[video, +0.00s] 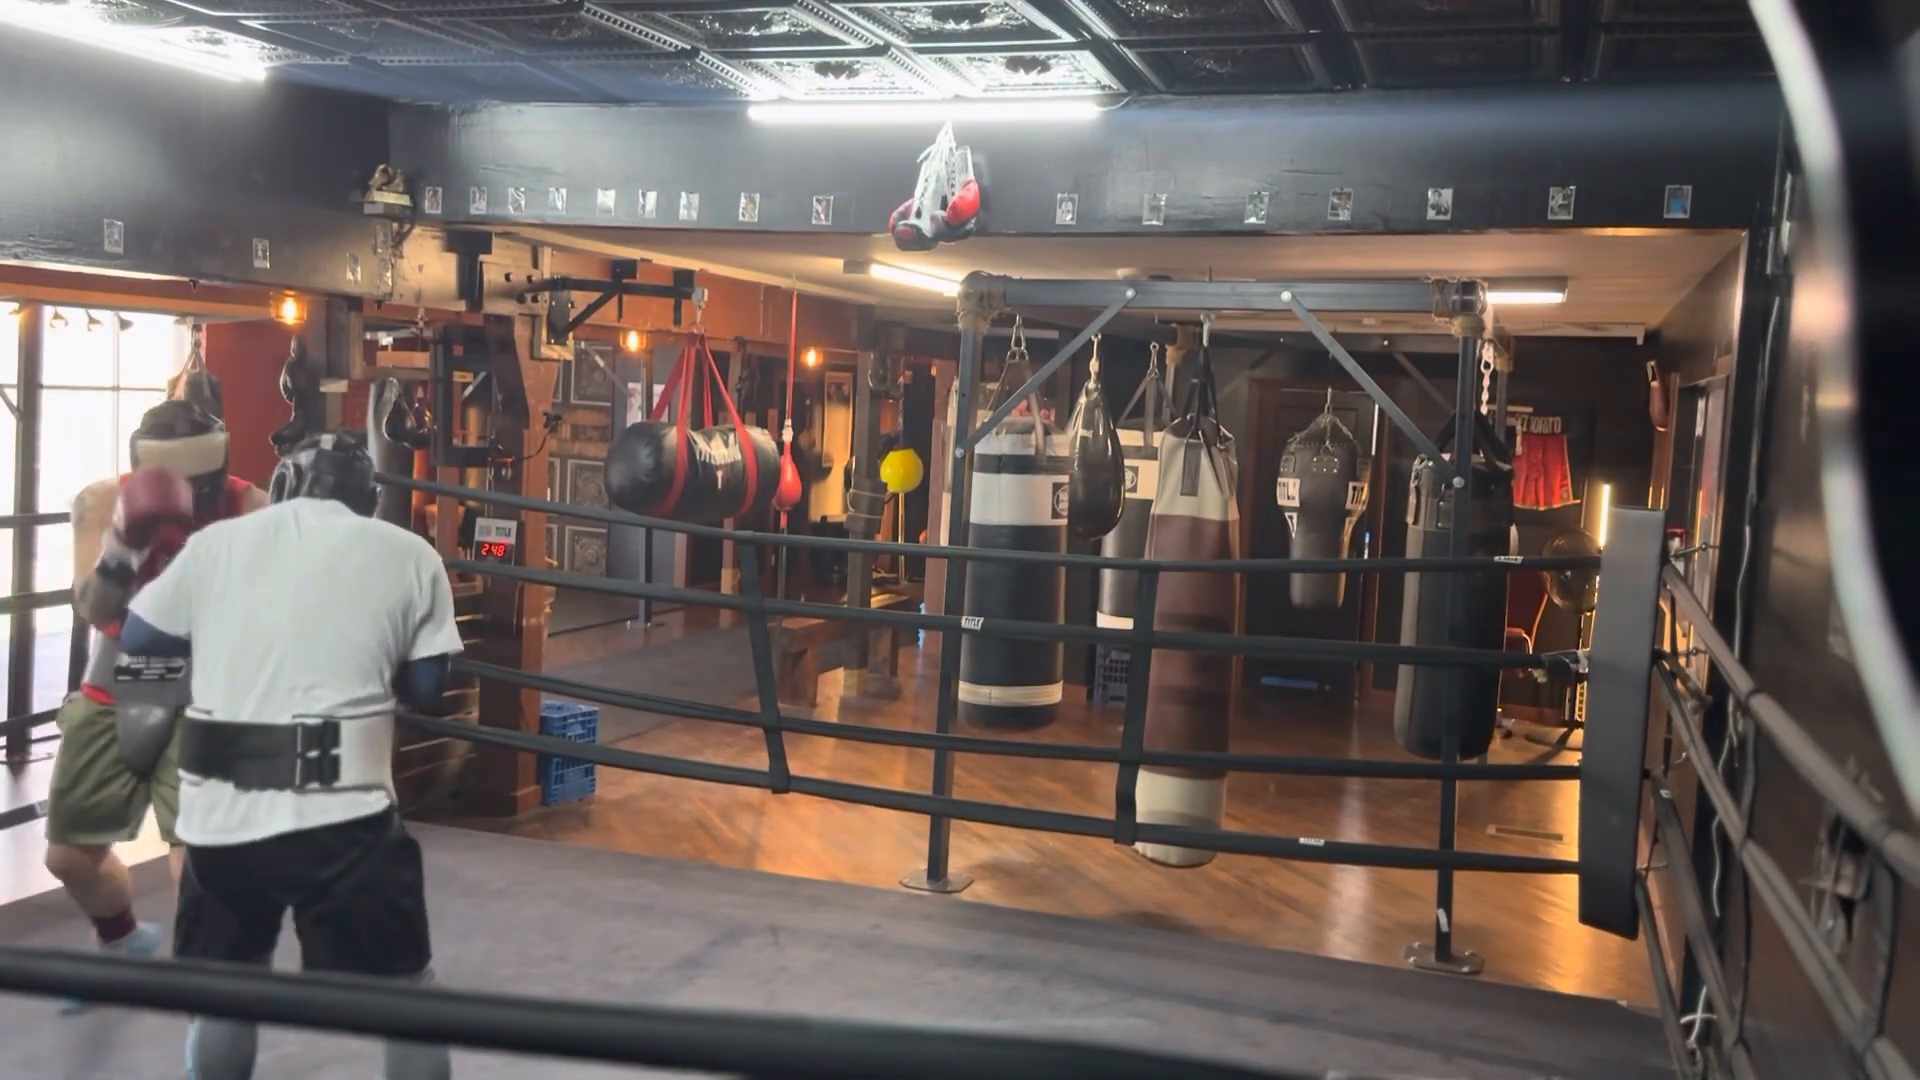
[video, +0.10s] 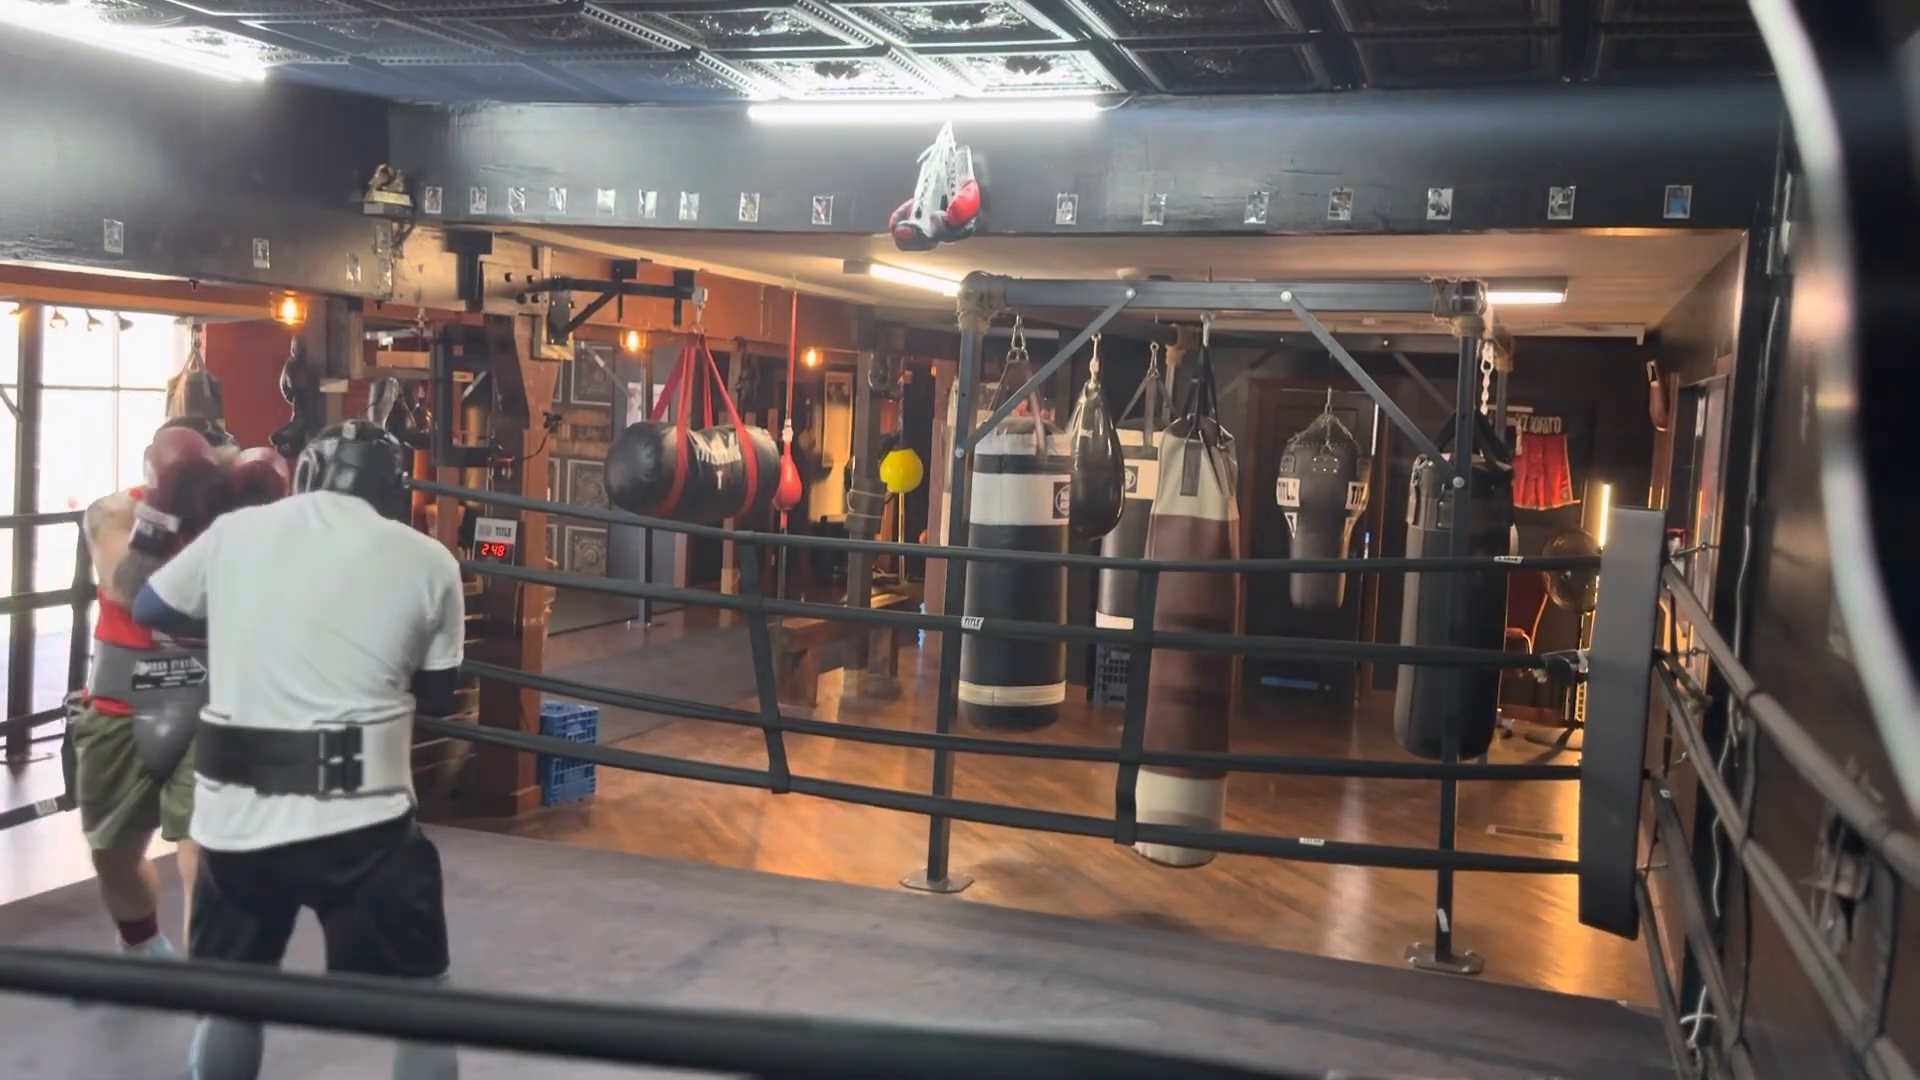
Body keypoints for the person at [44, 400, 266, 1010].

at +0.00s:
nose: (179, 491)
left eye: (193, 476)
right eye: (165, 476)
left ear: (217, 464)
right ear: (139, 466)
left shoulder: (248, 507)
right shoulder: (102, 505)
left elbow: (271, 600)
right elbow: (95, 614)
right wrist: (125, 541)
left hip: (202, 693)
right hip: (108, 692)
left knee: (195, 858)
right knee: (72, 857)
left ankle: (206, 984)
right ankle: (126, 946)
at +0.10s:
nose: (187, 480)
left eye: (198, 469)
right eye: (174, 469)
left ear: (219, 466)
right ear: (152, 467)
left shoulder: (233, 519)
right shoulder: (114, 513)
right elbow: (130, 593)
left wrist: (257, 512)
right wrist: (159, 517)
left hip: (208, 700)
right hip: (118, 705)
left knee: (203, 849)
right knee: (117, 853)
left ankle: (210, 978)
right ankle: (146, 960)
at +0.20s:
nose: (198, 451)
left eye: (210, 438)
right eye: (185, 439)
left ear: (228, 445)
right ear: (162, 448)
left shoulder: (245, 505)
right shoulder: (120, 507)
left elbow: (270, 579)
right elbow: (136, 588)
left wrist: (265, 515)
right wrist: (169, 513)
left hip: (231, 694)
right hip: (140, 699)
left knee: (227, 841)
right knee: (139, 847)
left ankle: (238, 975)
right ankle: (148, 967)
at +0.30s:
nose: (200, 456)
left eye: (215, 444)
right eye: (189, 443)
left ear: (242, 441)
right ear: (171, 438)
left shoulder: (272, 488)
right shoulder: (145, 491)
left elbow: (301, 587)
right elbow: (130, 584)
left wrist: (288, 524)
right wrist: (157, 512)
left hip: (249, 680)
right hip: (156, 680)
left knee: (260, 835)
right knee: (152, 835)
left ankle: (288, 987)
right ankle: (147, 962)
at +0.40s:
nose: (222, 471)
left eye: (237, 460)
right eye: (210, 460)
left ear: (260, 455)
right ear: (193, 460)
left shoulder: (292, 502)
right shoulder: (180, 500)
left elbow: (329, 575)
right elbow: (136, 576)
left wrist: (310, 513)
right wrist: (160, 511)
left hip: (260, 680)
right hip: (173, 679)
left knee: (292, 823)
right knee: (156, 829)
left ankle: (349, 954)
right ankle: (148, 953)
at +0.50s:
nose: (266, 486)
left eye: (277, 473)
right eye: (252, 475)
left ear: (298, 467)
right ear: (232, 473)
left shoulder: (322, 519)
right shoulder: (218, 511)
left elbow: (361, 571)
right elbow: (169, 578)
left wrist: (332, 514)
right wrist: (194, 516)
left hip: (290, 689)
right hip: (203, 681)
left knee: (309, 827)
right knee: (167, 827)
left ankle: (322, 959)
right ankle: (146, 956)